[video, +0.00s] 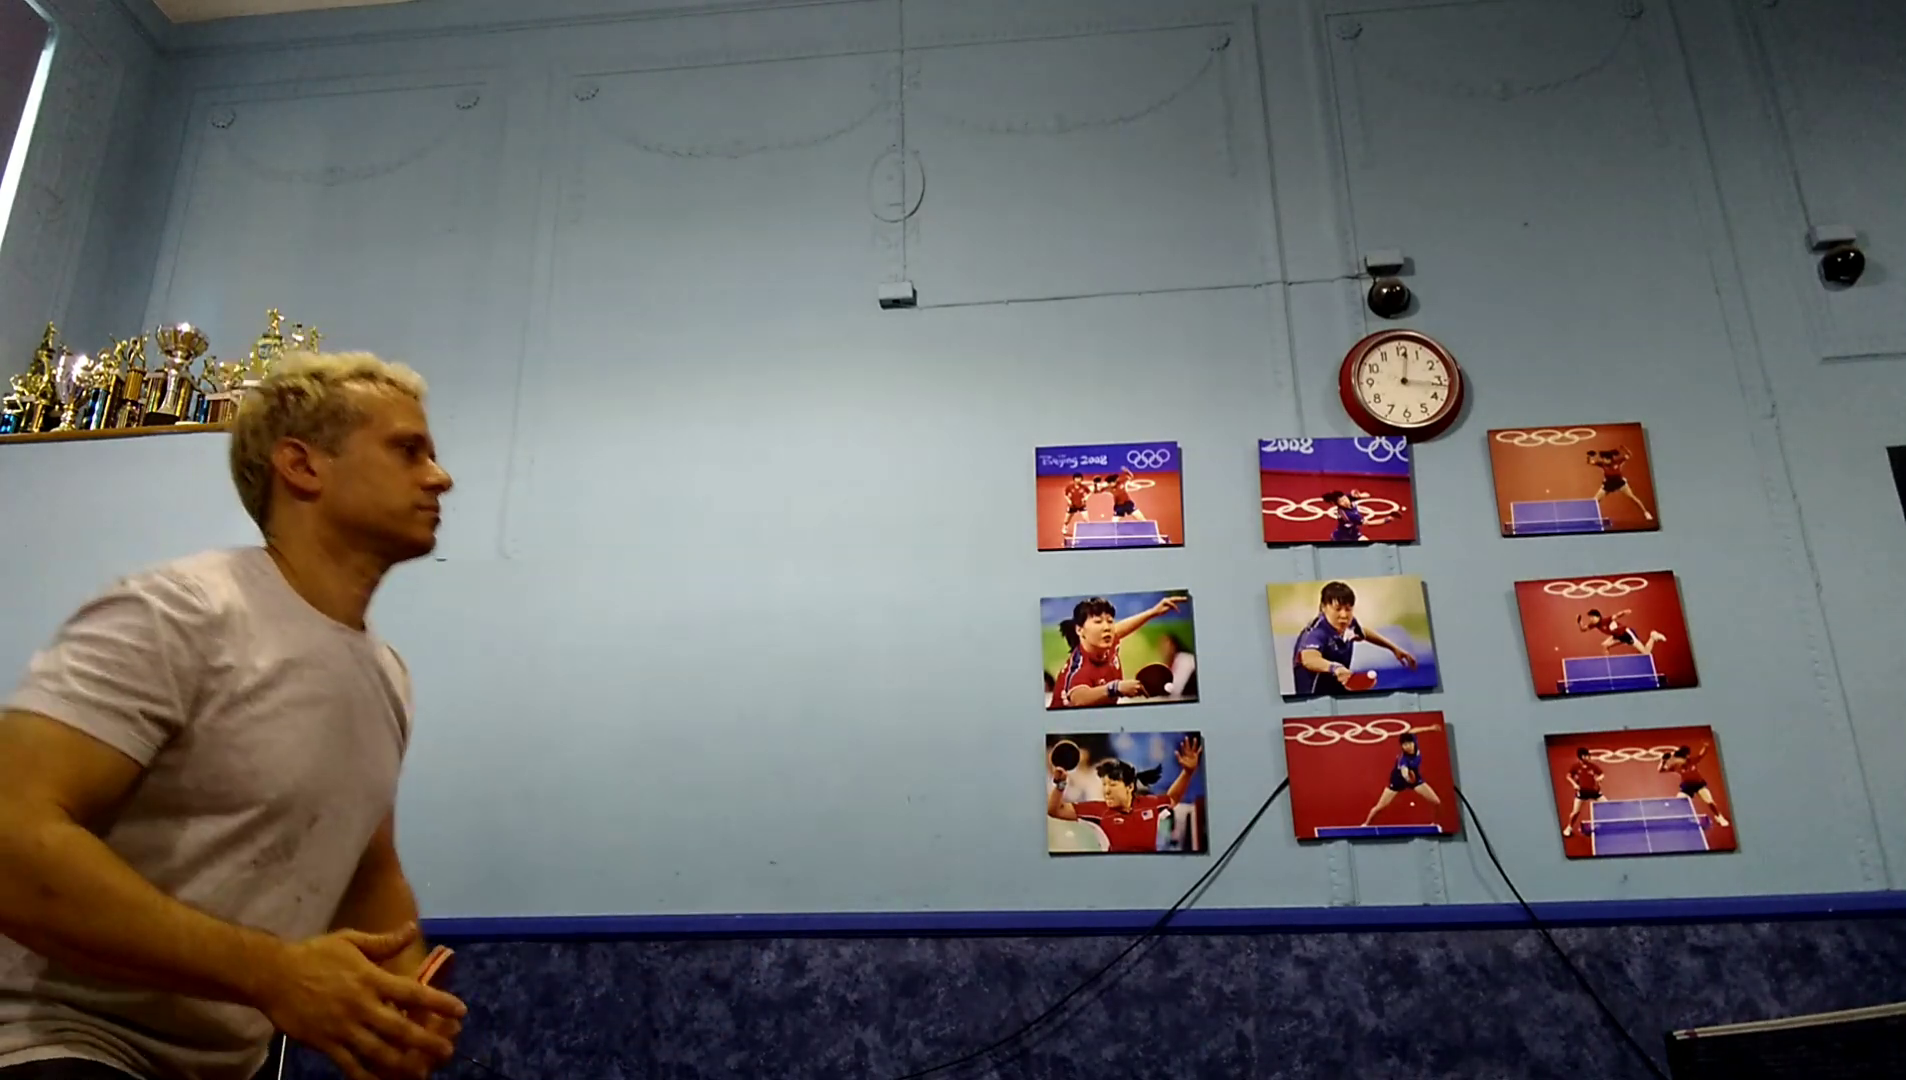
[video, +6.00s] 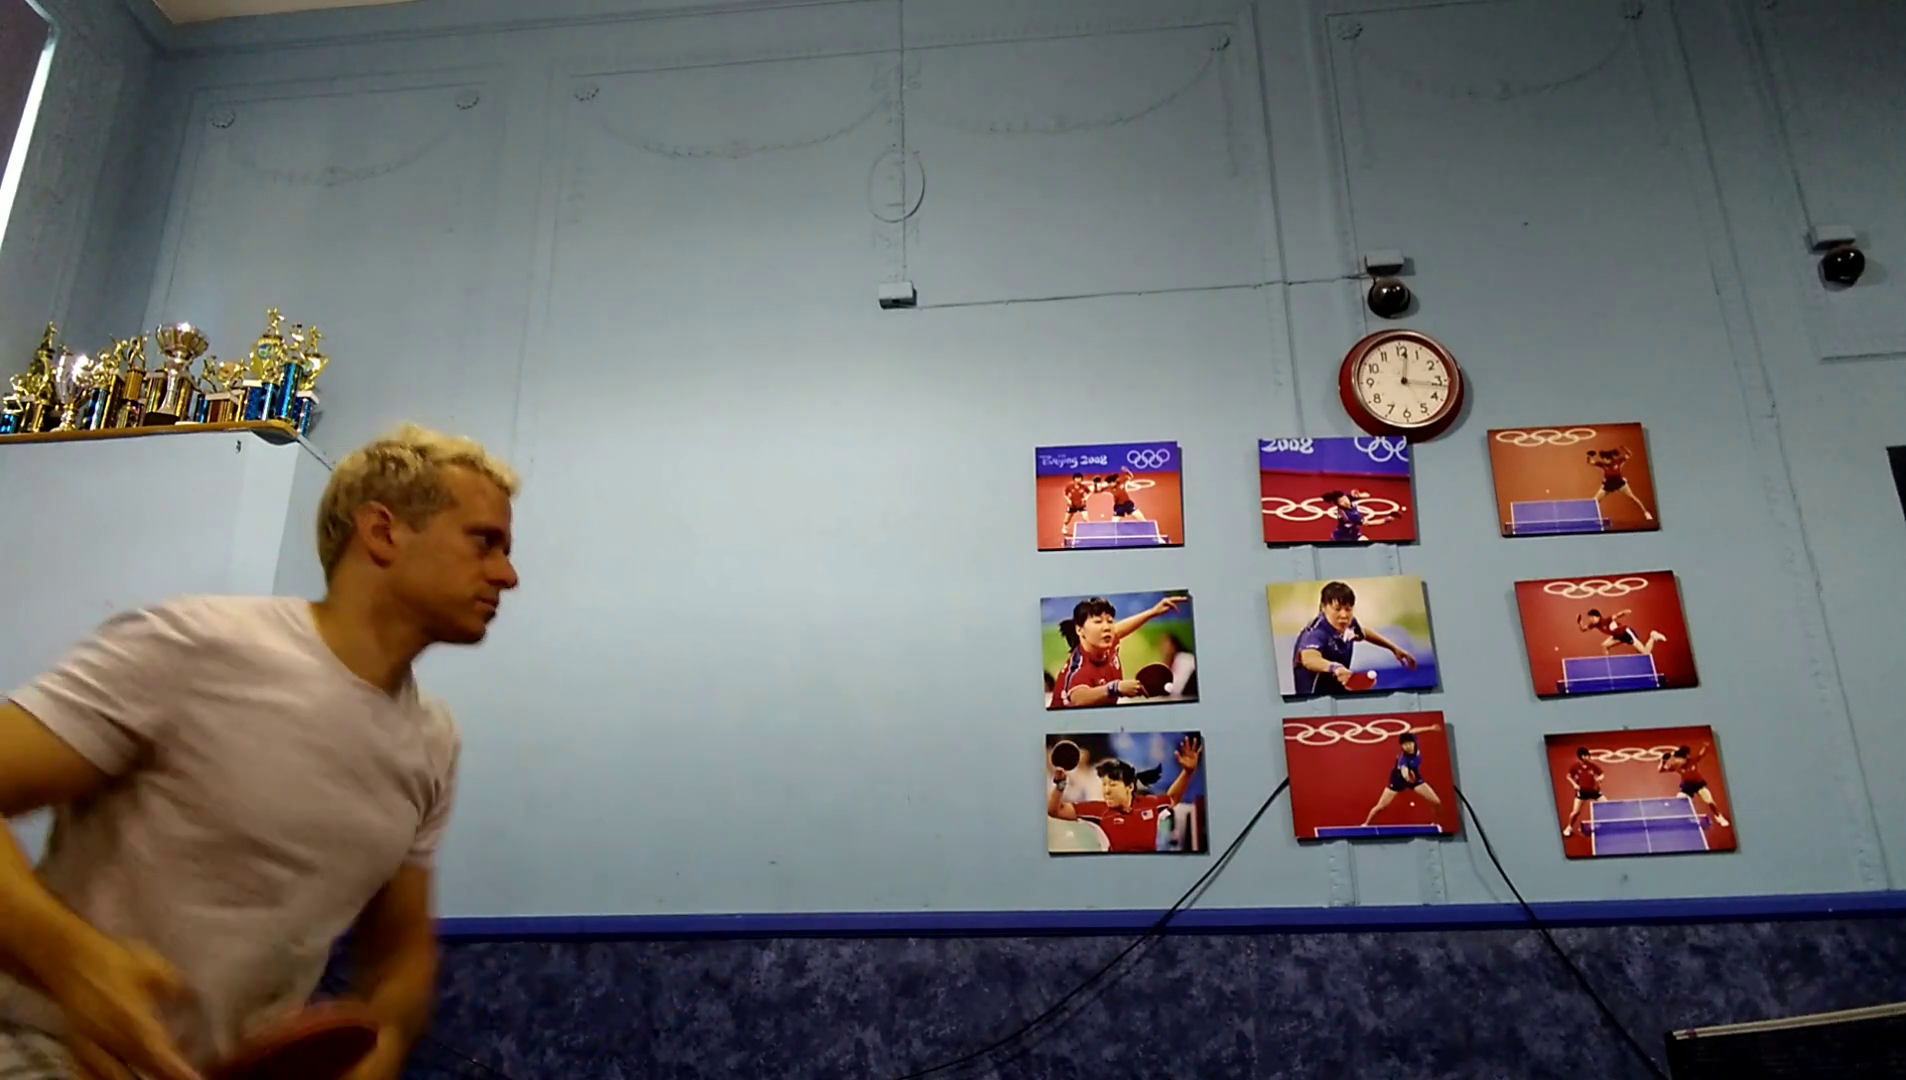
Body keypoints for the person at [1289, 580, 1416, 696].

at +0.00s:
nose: (1344, 615)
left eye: (1348, 609)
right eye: (1338, 609)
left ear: (1353, 609)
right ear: (1324, 608)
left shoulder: (1349, 624)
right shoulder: (1315, 633)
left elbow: (1364, 634)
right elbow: (1309, 660)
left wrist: (1395, 649)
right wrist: (1335, 668)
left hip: (1341, 705)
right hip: (1314, 708)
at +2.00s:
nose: (1344, 615)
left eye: (1348, 609)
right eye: (1338, 609)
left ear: (1353, 609)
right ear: (1324, 608)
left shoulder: (1349, 624)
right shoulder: (1315, 632)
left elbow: (1364, 634)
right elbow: (1309, 660)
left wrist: (1395, 649)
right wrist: (1335, 668)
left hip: (1341, 704)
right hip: (1314, 708)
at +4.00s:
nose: (1344, 615)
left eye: (1348, 609)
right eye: (1338, 609)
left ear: (1353, 609)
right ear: (1324, 608)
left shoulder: (1349, 624)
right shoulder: (1316, 633)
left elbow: (1364, 633)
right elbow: (1309, 660)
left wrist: (1394, 649)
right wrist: (1335, 668)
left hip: (1341, 703)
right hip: (1314, 707)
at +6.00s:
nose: (1344, 615)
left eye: (1348, 609)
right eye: (1338, 609)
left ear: (1353, 609)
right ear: (1324, 608)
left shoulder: (1349, 624)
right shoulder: (1316, 633)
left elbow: (1364, 634)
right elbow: (1309, 660)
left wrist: (1395, 649)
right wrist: (1335, 668)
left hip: (1341, 704)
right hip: (1314, 708)